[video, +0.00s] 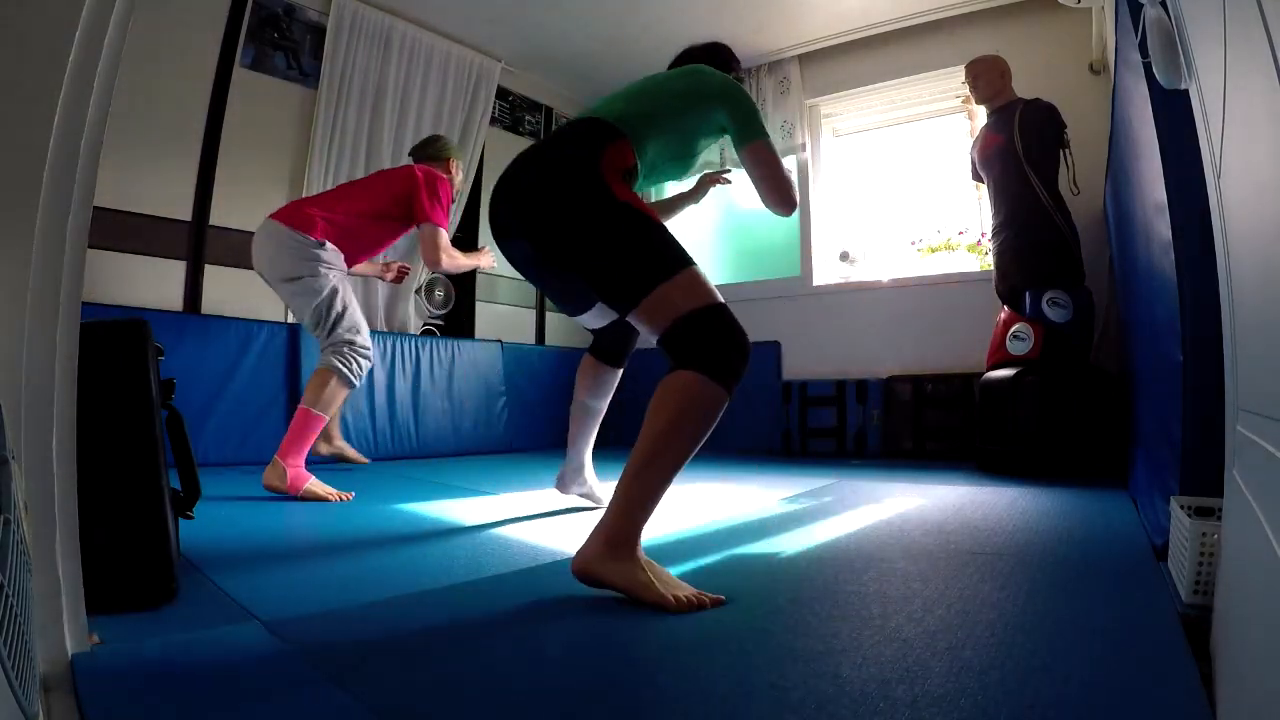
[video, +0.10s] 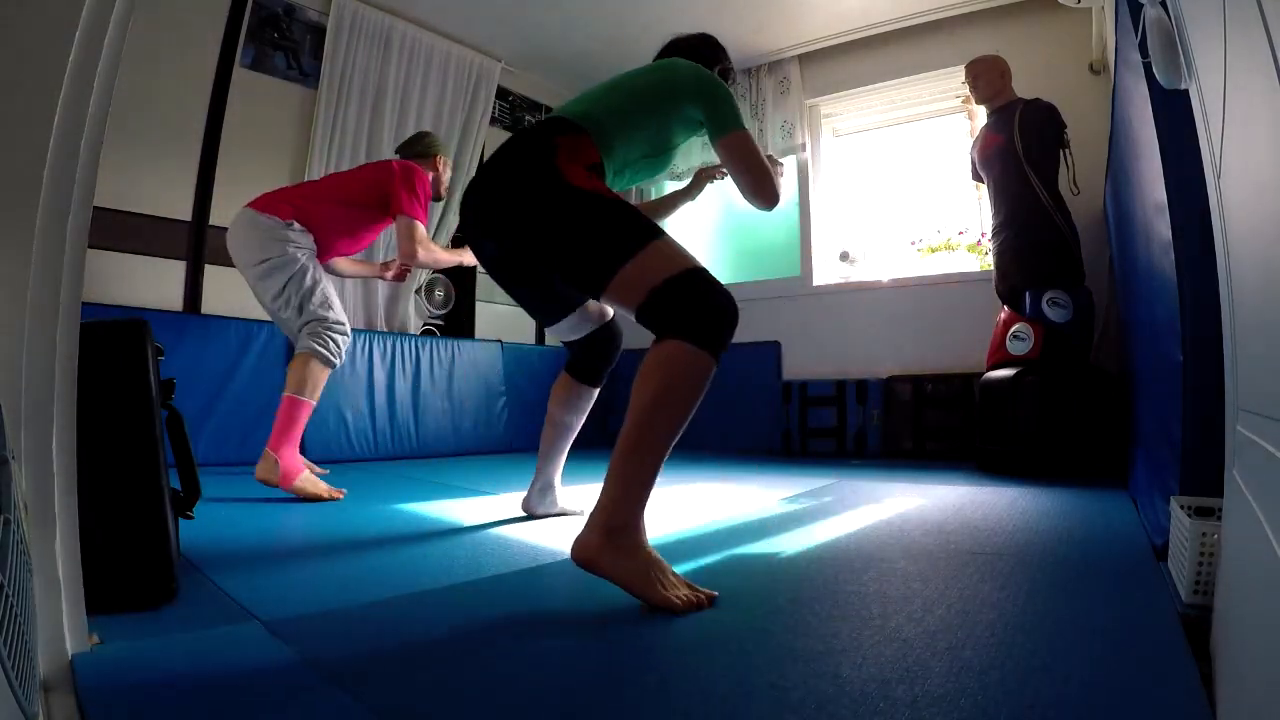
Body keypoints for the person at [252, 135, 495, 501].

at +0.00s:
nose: (460, 184)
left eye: (462, 176)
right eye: (461, 174)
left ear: (419, 164)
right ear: (452, 166)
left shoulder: (398, 183)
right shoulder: (433, 180)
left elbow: (335, 255)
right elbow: (440, 259)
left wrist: (380, 269)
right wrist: (478, 260)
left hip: (282, 238)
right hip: (301, 242)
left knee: (345, 336)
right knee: (352, 351)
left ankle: (328, 436)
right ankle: (287, 465)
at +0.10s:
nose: (448, 181)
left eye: (448, 172)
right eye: (448, 170)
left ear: (408, 160)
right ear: (438, 163)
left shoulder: (381, 185)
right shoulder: (411, 174)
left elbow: (331, 259)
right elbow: (416, 252)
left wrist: (383, 269)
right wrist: (462, 256)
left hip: (265, 229)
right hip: (273, 228)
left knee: (319, 331)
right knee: (328, 331)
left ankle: (284, 453)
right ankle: (281, 455)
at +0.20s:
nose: (434, 179)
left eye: (436, 171)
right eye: (435, 168)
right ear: (423, 160)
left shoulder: (365, 181)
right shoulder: (390, 172)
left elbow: (309, 258)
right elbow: (390, 247)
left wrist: (364, 270)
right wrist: (441, 256)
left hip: (254, 236)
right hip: (250, 232)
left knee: (305, 340)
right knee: (301, 339)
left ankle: (280, 449)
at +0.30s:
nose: (416, 170)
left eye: (416, 163)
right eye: (417, 161)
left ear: (379, 151)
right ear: (407, 154)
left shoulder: (350, 174)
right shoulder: (374, 169)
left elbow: (285, 248)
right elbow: (372, 249)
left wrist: (341, 266)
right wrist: (422, 256)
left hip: (252, 242)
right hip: (226, 229)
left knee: (289, 337)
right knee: (256, 346)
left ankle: (280, 443)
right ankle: (180, 462)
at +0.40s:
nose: (383, 172)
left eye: (383, 164)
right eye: (383, 160)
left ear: (362, 144)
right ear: (374, 151)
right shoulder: (352, 161)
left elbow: (265, 249)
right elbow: (348, 243)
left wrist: (329, 263)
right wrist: (403, 258)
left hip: (233, 233)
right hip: (205, 216)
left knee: (272, 327)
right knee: (244, 331)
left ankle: (253, 438)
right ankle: (178, 458)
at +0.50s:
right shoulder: (328, 164)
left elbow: (264, 256)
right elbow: (324, 242)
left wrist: (330, 267)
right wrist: (369, 256)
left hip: (211, 229)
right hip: (188, 213)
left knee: (251, 335)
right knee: (233, 324)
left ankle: (211, 450)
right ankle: (168, 454)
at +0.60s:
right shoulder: (306, 173)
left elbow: (264, 270)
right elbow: (305, 249)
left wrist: (330, 274)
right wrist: (350, 268)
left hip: (198, 237)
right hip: (173, 221)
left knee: (241, 339)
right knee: (222, 332)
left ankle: (210, 453)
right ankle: (139, 415)